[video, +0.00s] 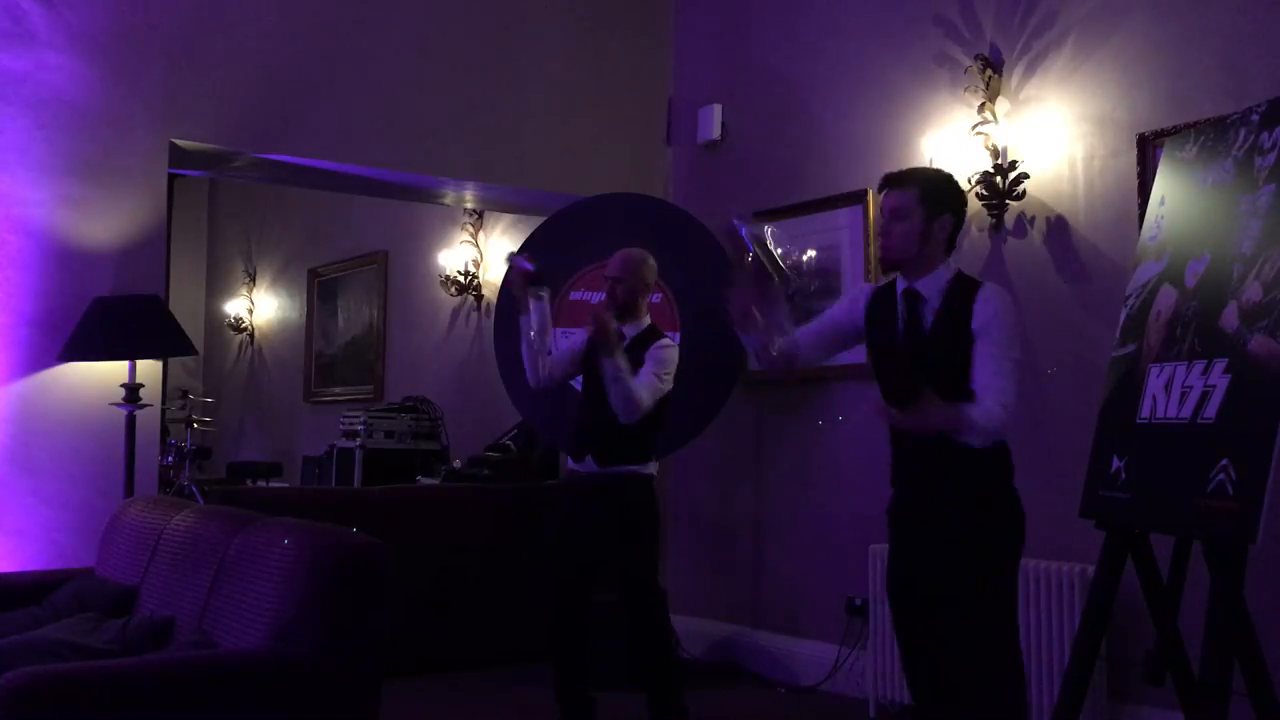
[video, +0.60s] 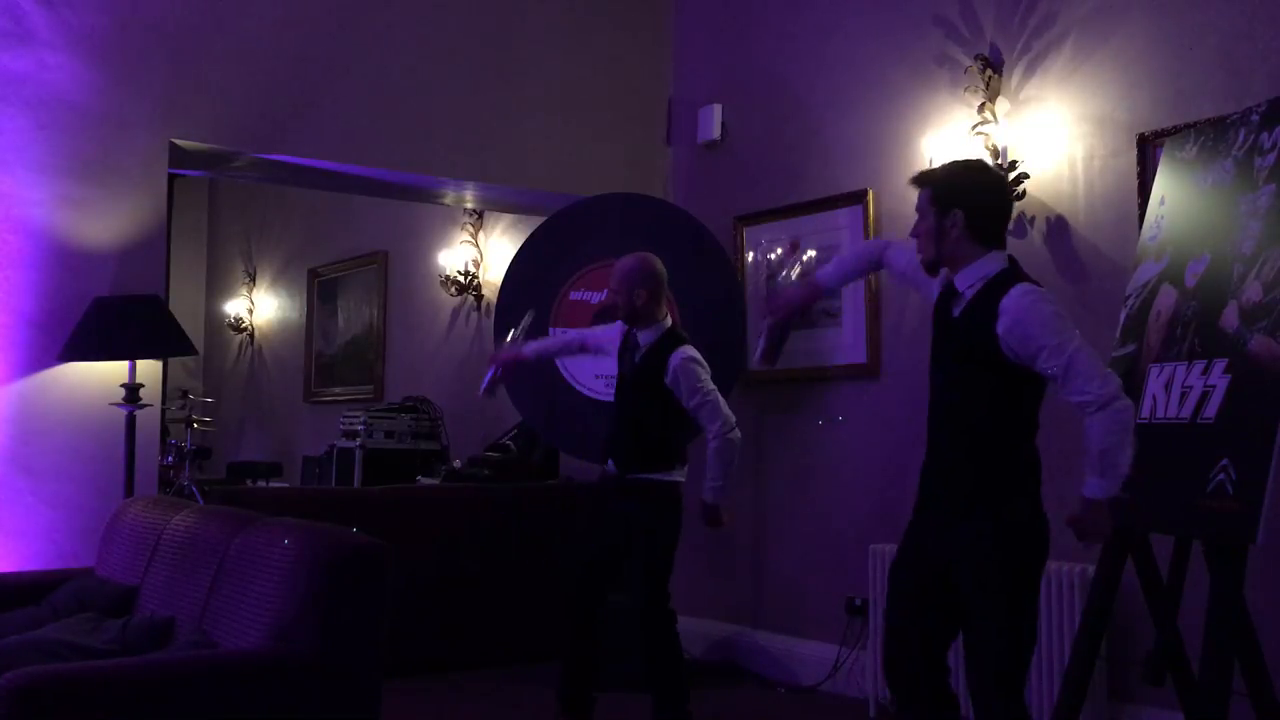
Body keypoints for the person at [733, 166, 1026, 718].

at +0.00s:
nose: (881, 229)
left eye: (896, 217)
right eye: (880, 217)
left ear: (940, 226)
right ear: (880, 224)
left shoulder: (985, 304)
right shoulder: (873, 301)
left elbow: (995, 416)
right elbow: (786, 353)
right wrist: (761, 310)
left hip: (978, 503)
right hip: (913, 504)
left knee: (983, 659)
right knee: (924, 663)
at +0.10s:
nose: (879, 243)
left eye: (892, 229)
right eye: (878, 231)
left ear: (937, 235)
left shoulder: (990, 309)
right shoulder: (872, 310)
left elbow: (1040, 404)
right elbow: (795, 384)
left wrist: (1044, 459)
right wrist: (821, 414)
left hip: (988, 501)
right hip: (916, 503)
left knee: (992, 665)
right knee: (925, 668)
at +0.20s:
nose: (877, 249)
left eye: (889, 236)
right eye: (875, 237)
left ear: (936, 239)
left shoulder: (1000, 313)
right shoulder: (874, 320)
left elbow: (1073, 404)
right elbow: (819, 414)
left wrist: (1113, 495)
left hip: (995, 513)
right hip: (919, 514)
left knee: (999, 684)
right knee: (928, 685)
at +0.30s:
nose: (880, 251)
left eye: (891, 237)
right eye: (879, 238)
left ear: (938, 239)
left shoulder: (1009, 313)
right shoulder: (884, 320)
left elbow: (1089, 402)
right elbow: (825, 413)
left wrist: (1137, 498)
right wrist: (815, 504)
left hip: (1003, 515)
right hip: (928, 515)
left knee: (1002, 682)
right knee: (927, 681)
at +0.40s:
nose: (888, 247)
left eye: (898, 233)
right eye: (889, 234)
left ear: (940, 236)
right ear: (928, 239)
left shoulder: (1014, 313)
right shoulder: (902, 314)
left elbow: (1094, 400)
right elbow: (824, 371)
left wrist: (1134, 499)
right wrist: (772, 448)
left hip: (1007, 521)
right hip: (936, 520)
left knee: (1005, 684)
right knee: (930, 680)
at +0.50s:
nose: (900, 239)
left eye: (910, 225)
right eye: (902, 226)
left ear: (949, 231)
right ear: (945, 233)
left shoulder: (1021, 310)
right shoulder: (921, 300)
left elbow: (1105, 404)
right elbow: (840, 308)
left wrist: (1114, 510)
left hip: (1004, 524)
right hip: (938, 518)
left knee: (997, 683)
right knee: (928, 677)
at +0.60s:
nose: (914, 230)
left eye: (922, 217)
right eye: (917, 217)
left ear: (956, 225)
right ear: (959, 226)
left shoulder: (1021, 306)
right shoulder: (948, 283)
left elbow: (1109, 402)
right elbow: (880, 250)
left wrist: (1099, 495)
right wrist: (809, 288)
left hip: (1002, 518)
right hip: (941, 510)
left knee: (994, 686)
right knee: (909, 667)